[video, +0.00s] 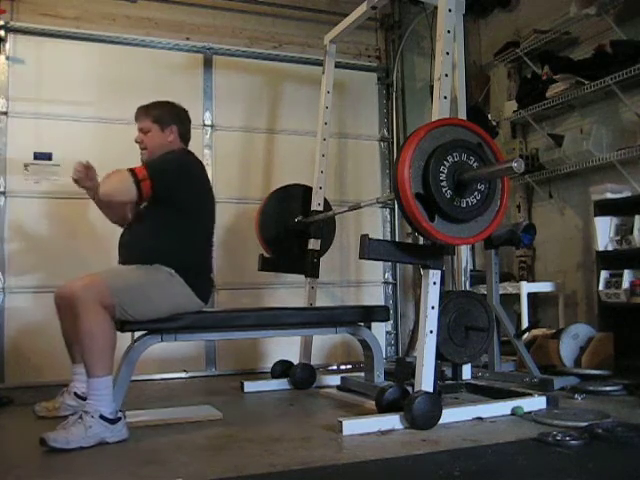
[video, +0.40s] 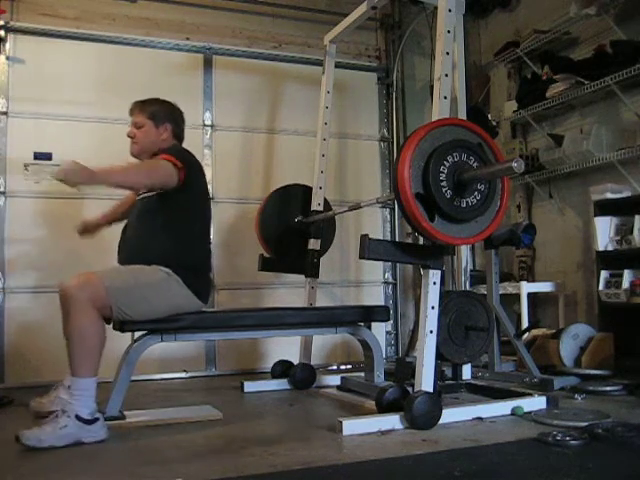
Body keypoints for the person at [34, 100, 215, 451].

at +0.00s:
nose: (138, 140)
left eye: (145, 132)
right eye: (138, 133)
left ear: (171, 134)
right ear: (168, 136)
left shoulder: (180, 163)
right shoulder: (164, 170)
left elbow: (115, 188)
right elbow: (125, 217)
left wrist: (109, 186)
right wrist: (93, 189)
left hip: (178, 280)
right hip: (153, 277)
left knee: (87, 293)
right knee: (66, 297)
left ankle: (105, 416)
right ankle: (82, 393)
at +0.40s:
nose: (130, 133)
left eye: (138, 127)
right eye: (131, 126)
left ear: (165, 132)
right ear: (159, 133)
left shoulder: (180, 160)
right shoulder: (154, 172)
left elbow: (152, 175)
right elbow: (132, 203)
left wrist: (91, 175)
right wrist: (100, 221)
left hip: (178, 281)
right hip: (154, 278)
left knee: (82, 292)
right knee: (72, 291)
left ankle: (85, 415)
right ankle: (75, 390)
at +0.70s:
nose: (112, 128)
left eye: (119, 121)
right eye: (112, 122)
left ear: (146, 121)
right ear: (143, 124)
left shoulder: (164, 159)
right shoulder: (141, 162)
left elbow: (189, 210)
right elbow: (144, 221)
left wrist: (178, 251)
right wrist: (113, 264)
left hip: (167, 280)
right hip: (140, 275)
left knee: (81, 294)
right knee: (70, 293)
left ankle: (86, 415)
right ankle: (71, 391)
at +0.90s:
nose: (101, 130)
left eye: (107, 122)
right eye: (100, 123)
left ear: (134, 123)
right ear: (128, 125)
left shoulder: (151, 162)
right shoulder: (129, 165)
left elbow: (163, 216)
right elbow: (130, 230)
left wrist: (97, 253)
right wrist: (88, 256)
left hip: (169, 278)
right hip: (142, 275)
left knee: (83, 292)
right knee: (66, 289)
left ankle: (87, 416)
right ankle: (70, 391)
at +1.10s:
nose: (76, 139)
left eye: (81, 131)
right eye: (75, 132)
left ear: (109, 127)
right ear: (105, 130)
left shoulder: (127, 165)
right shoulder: (109, 171)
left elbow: (129, 218)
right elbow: (102, 235)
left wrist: (63, 240)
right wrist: (58, 250)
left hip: (168, 277)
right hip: (144, 276)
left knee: (80, 294)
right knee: (71, 291)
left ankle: (87, 416)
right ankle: (71, 392)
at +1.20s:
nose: (64, 142)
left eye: (70, 133)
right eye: (63, 134)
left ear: (97, 129)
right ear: (93, 132)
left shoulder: (114, 168)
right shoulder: (99, 171)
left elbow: (113, 224)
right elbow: (98, 228)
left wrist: (51, 250)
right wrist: (52, 248)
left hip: (165, 276)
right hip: (143, 274)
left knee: (77, 295)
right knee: (69, 292)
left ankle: (87, 417)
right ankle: (71, 394)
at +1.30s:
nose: (56, 140)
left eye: (62, 131)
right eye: (55, 133)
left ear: (89, 128)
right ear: (84, 131)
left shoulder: (102, 166)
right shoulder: (86, 171)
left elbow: (95, 227)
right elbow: (60, 231)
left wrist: (43, 254)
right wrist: (17, 254)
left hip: (161, 273)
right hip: (139, 271)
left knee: (76, 293)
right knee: (68, 291)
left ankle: (86, 416)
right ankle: (70, 394)